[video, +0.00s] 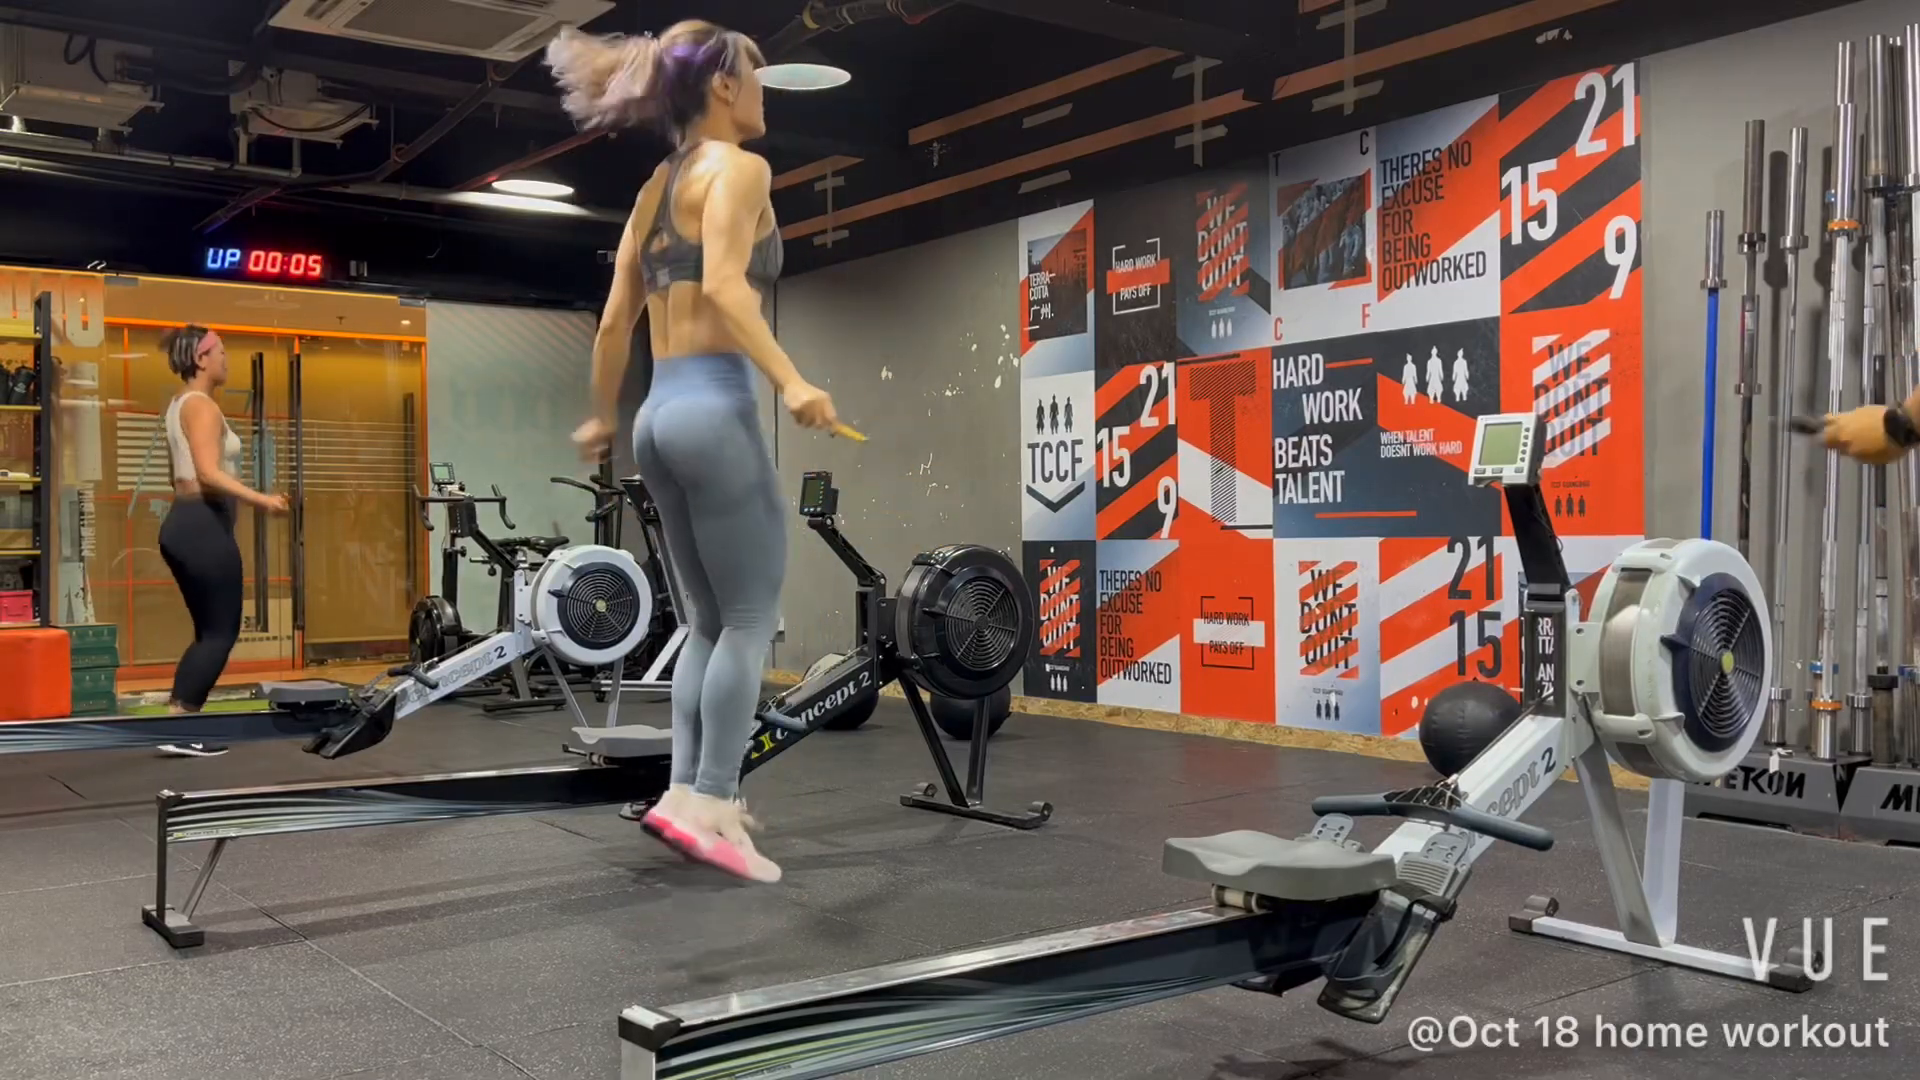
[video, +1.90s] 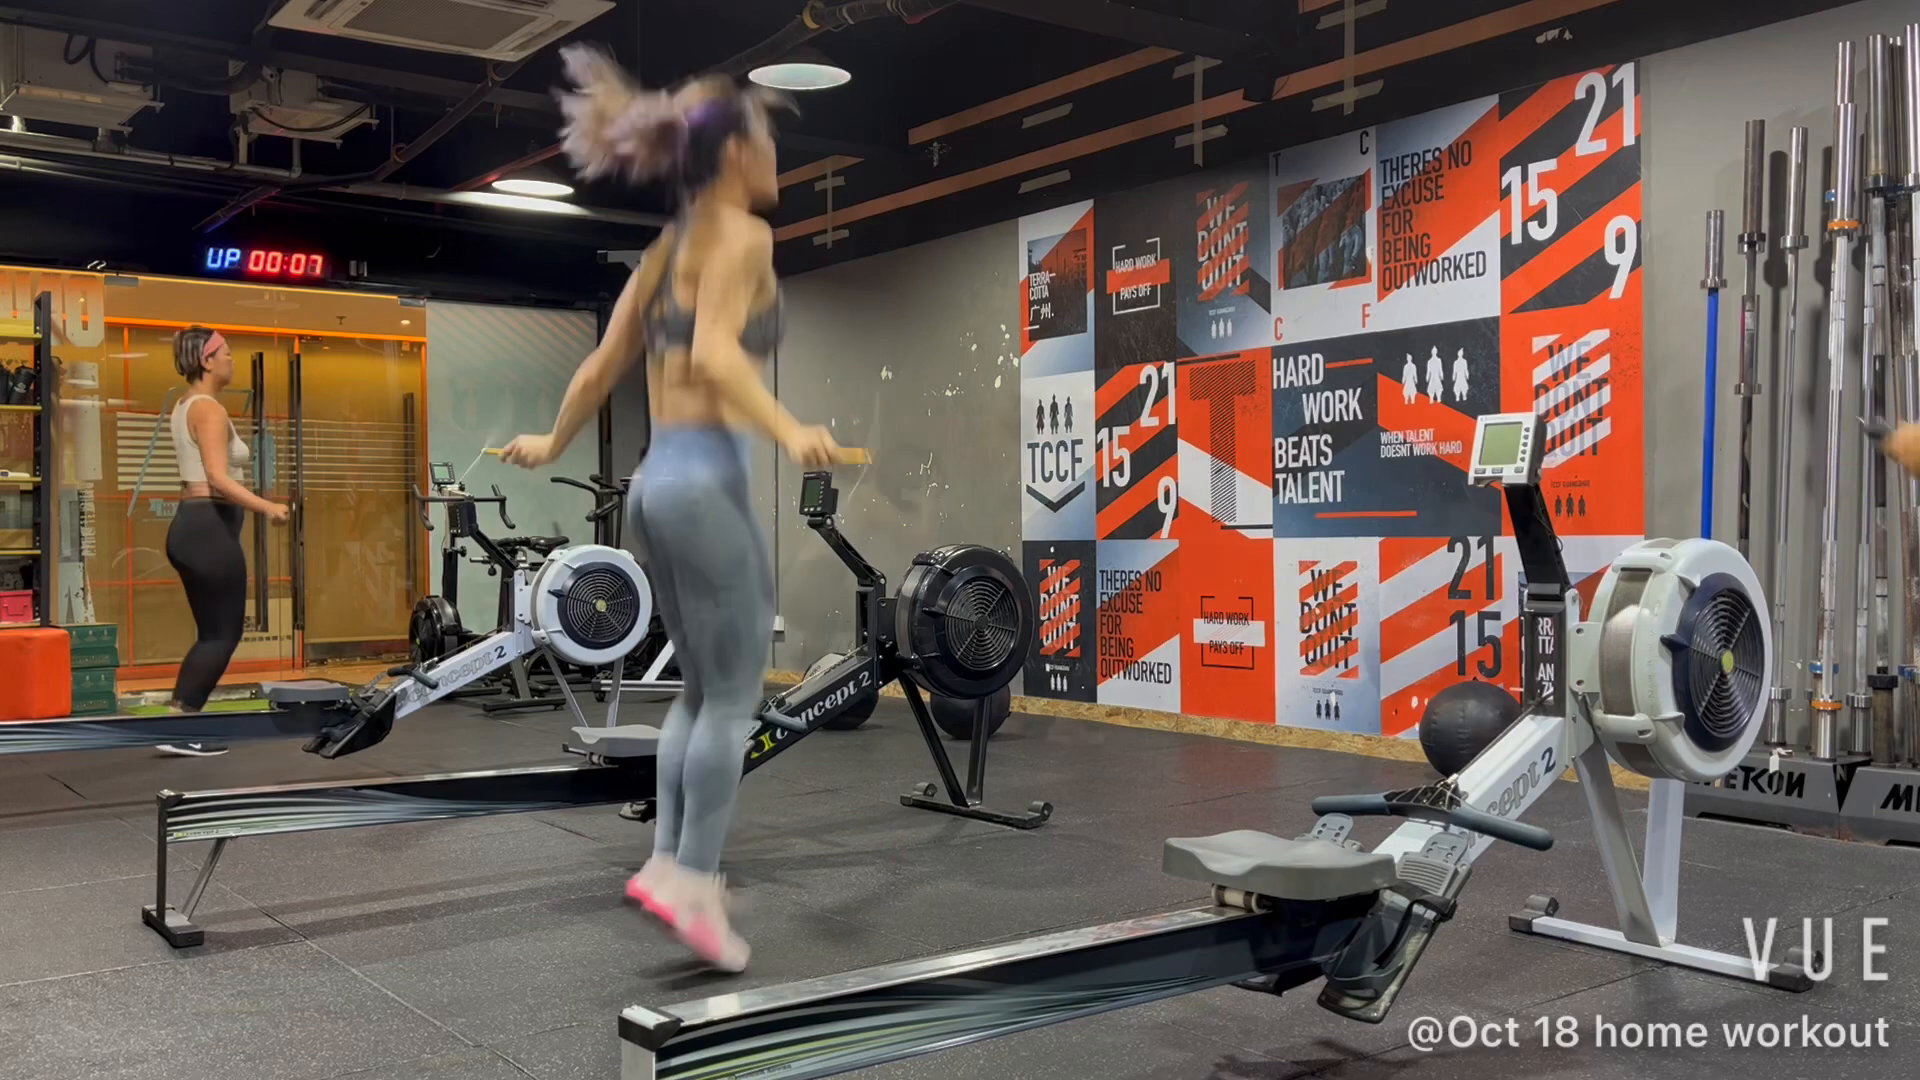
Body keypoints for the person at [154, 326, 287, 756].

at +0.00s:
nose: (226, 360)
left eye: (223, 352)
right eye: (221, 352)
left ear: (196, 359)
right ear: (204, 357)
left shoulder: (181, 406)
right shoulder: (201, 406)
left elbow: (195, 476)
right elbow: (210, 474)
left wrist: (244, 497)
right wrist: (262, 498)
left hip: (185, 523)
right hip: (202, 524)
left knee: (210, 631)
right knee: (221, 632)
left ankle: (178, 717)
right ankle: (181, 719)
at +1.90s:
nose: (232, 361)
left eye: (228, 353)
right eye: (226, 355)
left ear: (200, 362)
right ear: (207, 361)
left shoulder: (185, 406)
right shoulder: (208, 409)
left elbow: (208, 477)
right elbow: (217, 479)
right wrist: (266, 505)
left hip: (191, 526)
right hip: (208, 528)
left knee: (213, 632)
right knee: (225, 633)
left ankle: (180, 716)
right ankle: (183, 718)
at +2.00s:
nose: (229, 339)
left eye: (224, 331)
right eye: (223, 332)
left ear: (197, 343)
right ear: (207, 340)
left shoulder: (184, 388)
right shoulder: (208, 388)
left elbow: (199, 455)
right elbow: (217, 455)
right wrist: (246, 496)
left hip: (192, 504)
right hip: (210, 504)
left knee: (206, 610)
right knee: (216, 610)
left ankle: (189, 706)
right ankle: (192, 708)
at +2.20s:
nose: (230, 351)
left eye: (226, 342)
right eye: (225, 342)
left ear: (200, 348)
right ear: (209, 347)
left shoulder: (187, 397)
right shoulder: (208, 396)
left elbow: (200, 469)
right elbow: (213, 469)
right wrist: (261, 493)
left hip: (189, 521)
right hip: (210, 522)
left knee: (209, 625)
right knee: (221, 626)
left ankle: (181, 720)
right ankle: (184, 723)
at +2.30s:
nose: (232, 359)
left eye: (229, 350)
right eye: (226, 350)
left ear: (202, 354)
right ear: (210, 354)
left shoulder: (188, 403)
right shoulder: (210, 405)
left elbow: (200, 478)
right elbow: (219, 476)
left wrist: (243, 505)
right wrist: (262, 513)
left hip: (190, 527)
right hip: (210, 528)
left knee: (208, 632)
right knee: (220, 633)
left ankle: (179, 719)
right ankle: (182, 721)